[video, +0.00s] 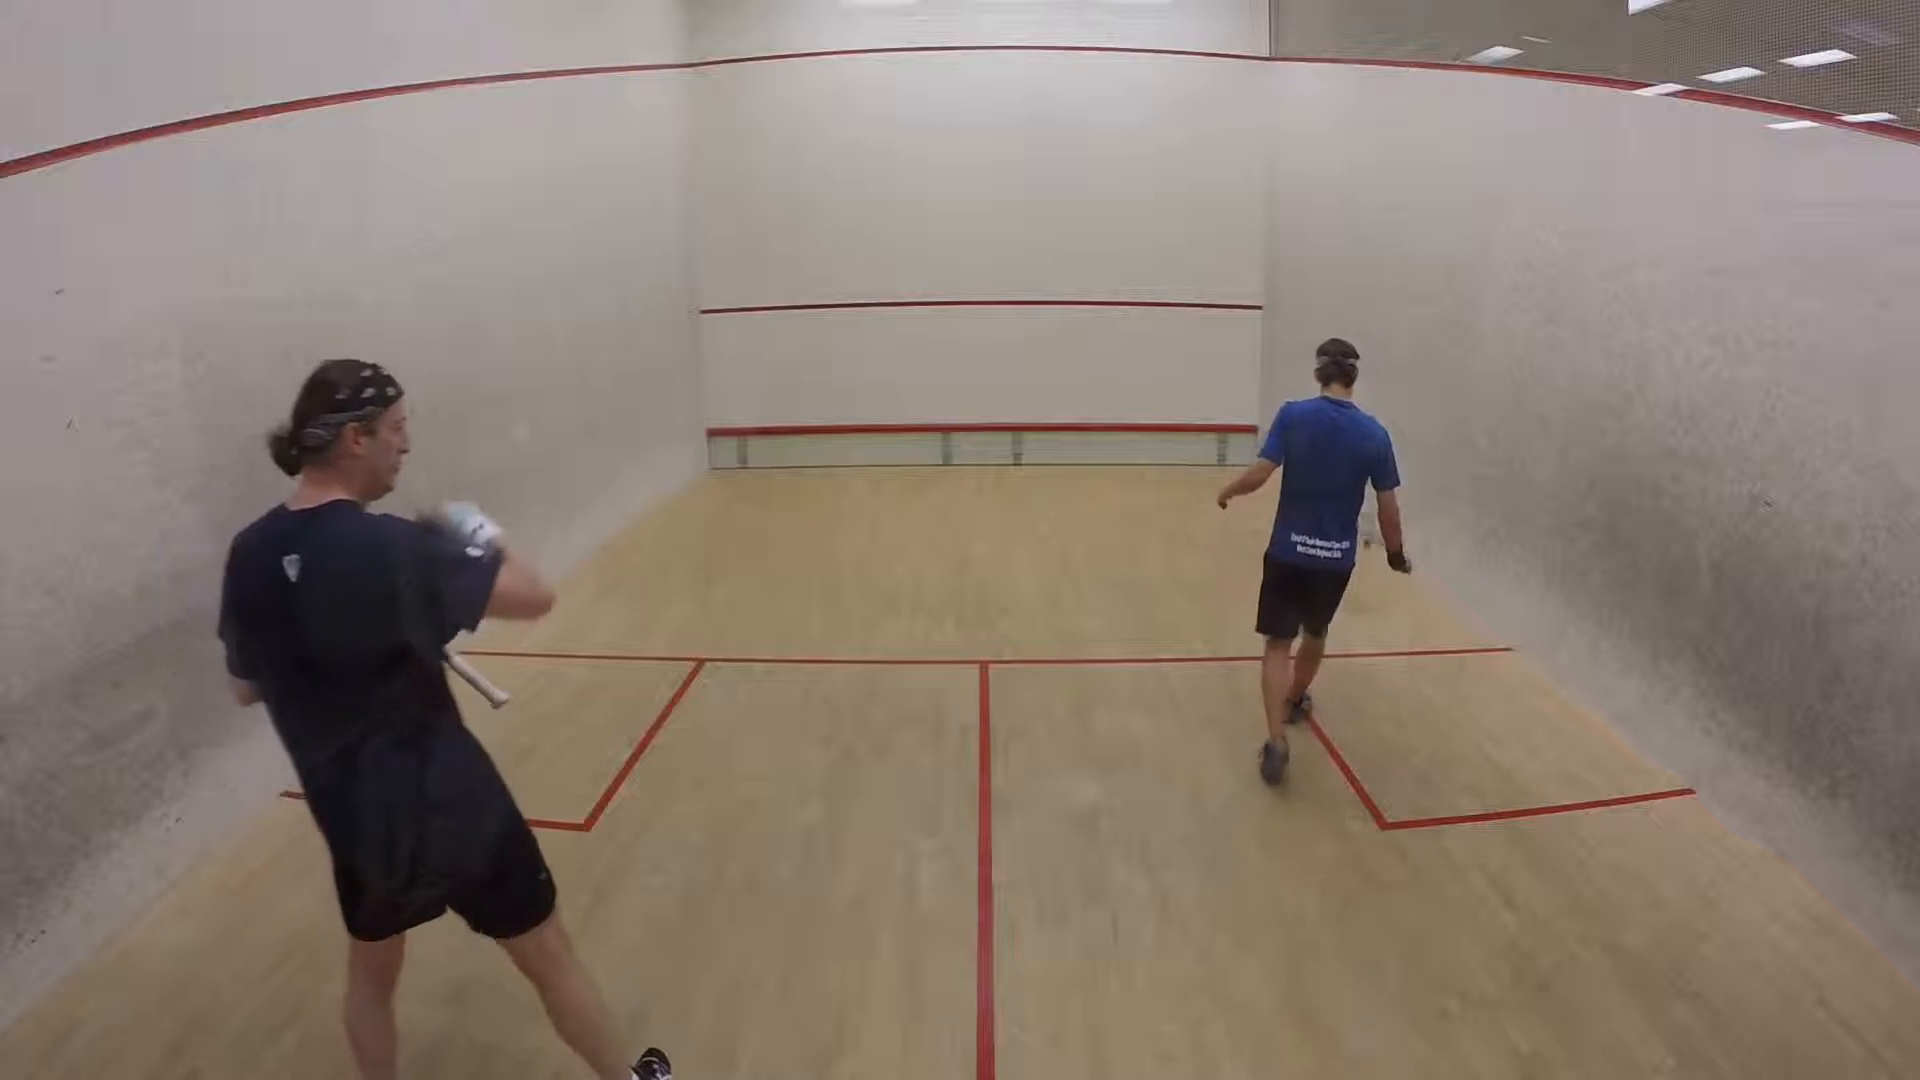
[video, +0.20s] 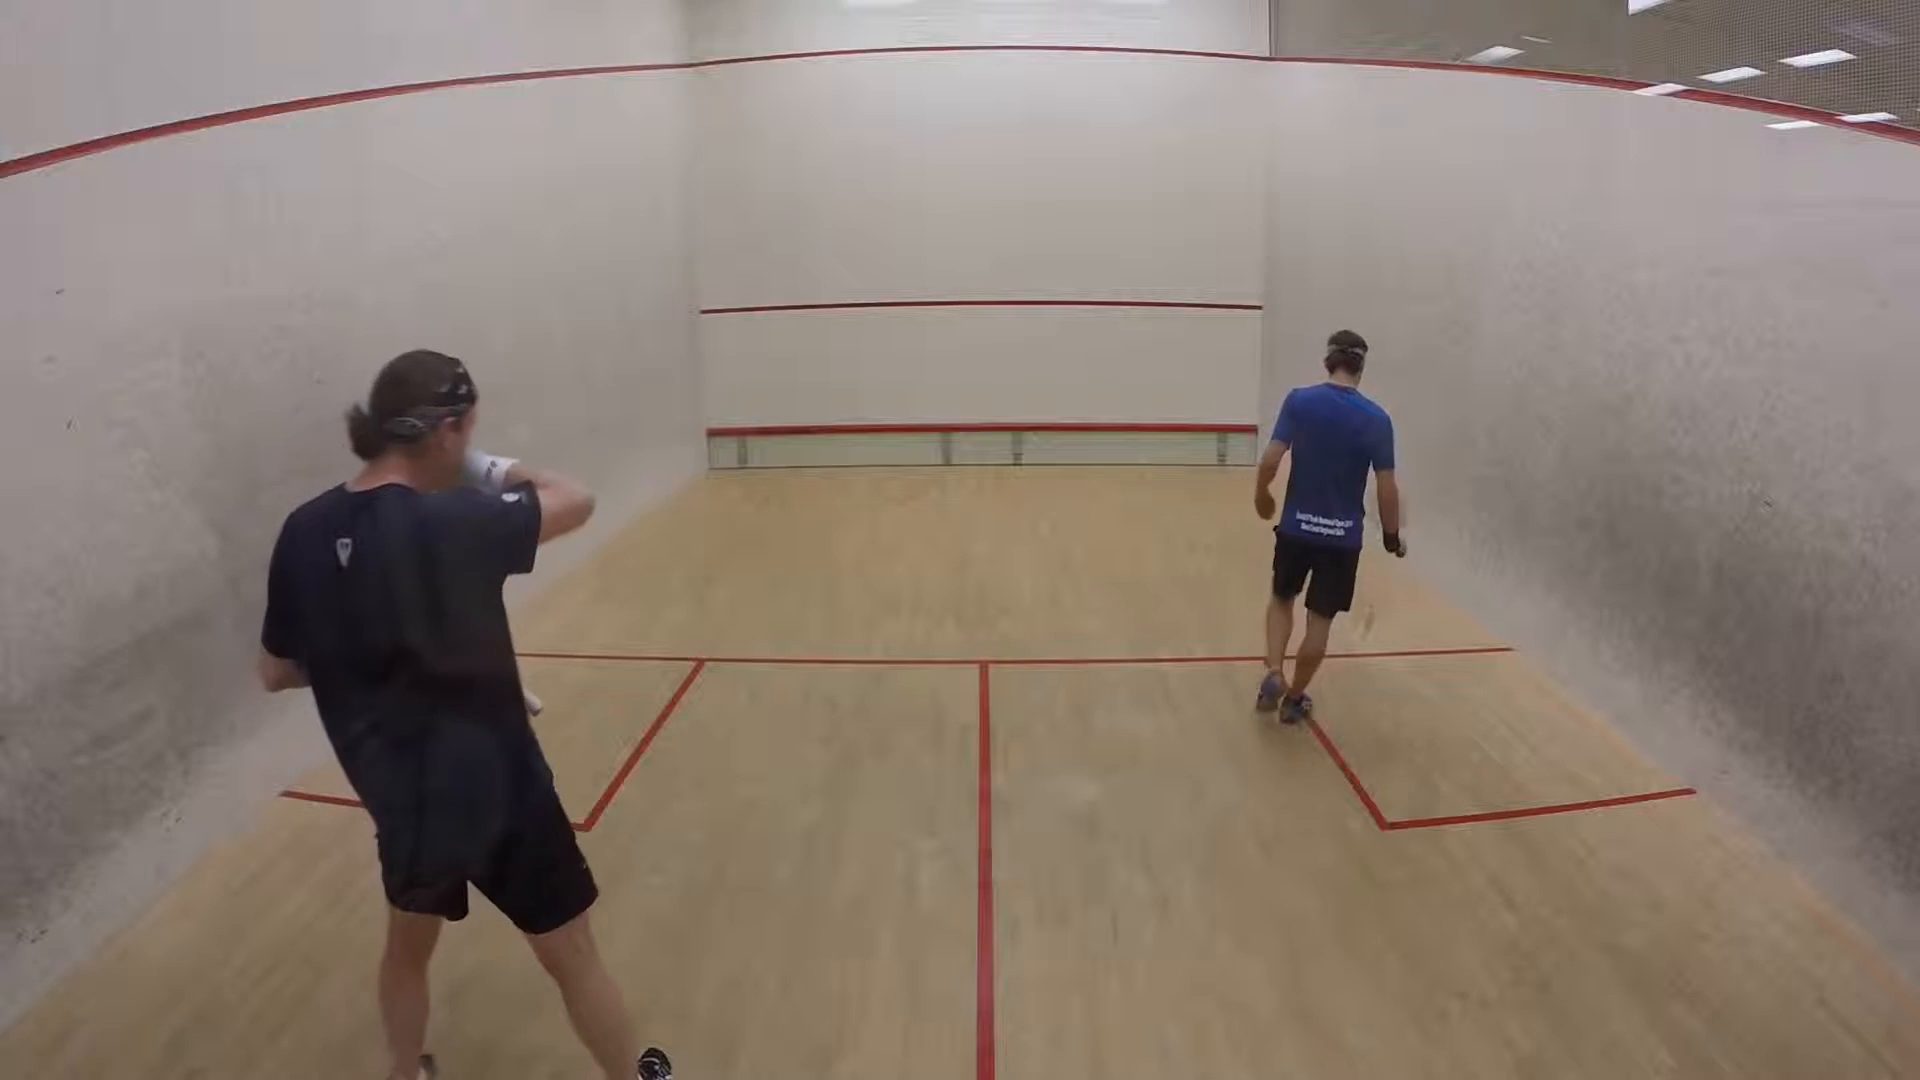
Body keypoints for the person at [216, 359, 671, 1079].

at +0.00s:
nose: (405, 447)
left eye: (403, 431)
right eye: (396, 432)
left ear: (329, 441)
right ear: (353, 441)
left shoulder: (250, 551)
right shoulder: (392, 546)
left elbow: (246, 684)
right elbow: (531, 596)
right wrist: (474, 531)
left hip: (349, 805)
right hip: (447, 791)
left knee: (371, 974)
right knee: (547, 957)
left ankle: (379, 1077)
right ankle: (629, 1074)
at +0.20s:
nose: (471, 444)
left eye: (471, 429)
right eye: (467, 430)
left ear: (378, 429)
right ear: (440, 432)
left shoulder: (305, 532)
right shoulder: (460, 521)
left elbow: (275, 671)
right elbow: (573, 501)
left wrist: (361, 648)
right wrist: (485, 468)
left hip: (404, 804)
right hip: (501, 792)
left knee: (406, 949)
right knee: (573, 958)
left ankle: (406, 1070)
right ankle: (632, 1072)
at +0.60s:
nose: (495, 446)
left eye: (493, 434)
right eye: (489, 436)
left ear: (402, 434)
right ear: (465, 443)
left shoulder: (329, 515)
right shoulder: (466, 522)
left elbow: (293, 639)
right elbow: (566, 481)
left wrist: (372, 614)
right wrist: (494, 450)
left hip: (404, 801)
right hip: (501, 790)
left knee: (417, 954)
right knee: (568, 959)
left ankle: (434, 1070)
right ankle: (630, 1072)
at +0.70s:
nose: (491, 445)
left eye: (489, 431)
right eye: (485, 433)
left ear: (396, 434)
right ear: (451, 437)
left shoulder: (323, 515)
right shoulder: (453, 525)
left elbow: (291, 638)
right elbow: (562, 490)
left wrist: (369, 609)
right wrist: (489, 448)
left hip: (399, 799)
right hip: (495, 787)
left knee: (415, 956)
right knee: (566, 959)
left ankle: (433, 1071)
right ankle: (629, 1071)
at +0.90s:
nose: (479, 443)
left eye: (478, 428)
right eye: (473, 429)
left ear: (386, 431)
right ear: (438, 432)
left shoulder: (317, 517)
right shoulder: (450, 519)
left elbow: (288, 644)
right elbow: (564, 489)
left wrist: (373, 619)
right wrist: (482, 447)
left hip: (397, 800)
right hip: (491, 789)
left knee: (414, 955)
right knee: (564, 955)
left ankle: (433, 1070)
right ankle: (629, 1073)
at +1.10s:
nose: (474, 441)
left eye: (472, 426)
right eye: (468, 427)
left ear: (382, 431)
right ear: (437, 430)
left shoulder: (315, 521)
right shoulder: (452, 519)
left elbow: (288, 650)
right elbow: (575, 497)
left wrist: (375, 617)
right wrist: (486, 454)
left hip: (402, 800)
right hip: (497, 788)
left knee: (417, 954)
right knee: (567, 955)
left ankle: (434, 1070)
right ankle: (630, 1072)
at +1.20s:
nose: (473, 436)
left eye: (471, 419)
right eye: (465, 420)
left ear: (383, 427)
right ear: (429, 424)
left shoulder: (315, 521)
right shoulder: (449, 524)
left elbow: (292, 655)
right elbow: (584, 542)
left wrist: (380, 614)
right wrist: (520, 497)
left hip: (401, 797)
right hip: (496, 785)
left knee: (419, 952)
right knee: (568, 953)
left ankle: (433, 1070)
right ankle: (630, 1071)